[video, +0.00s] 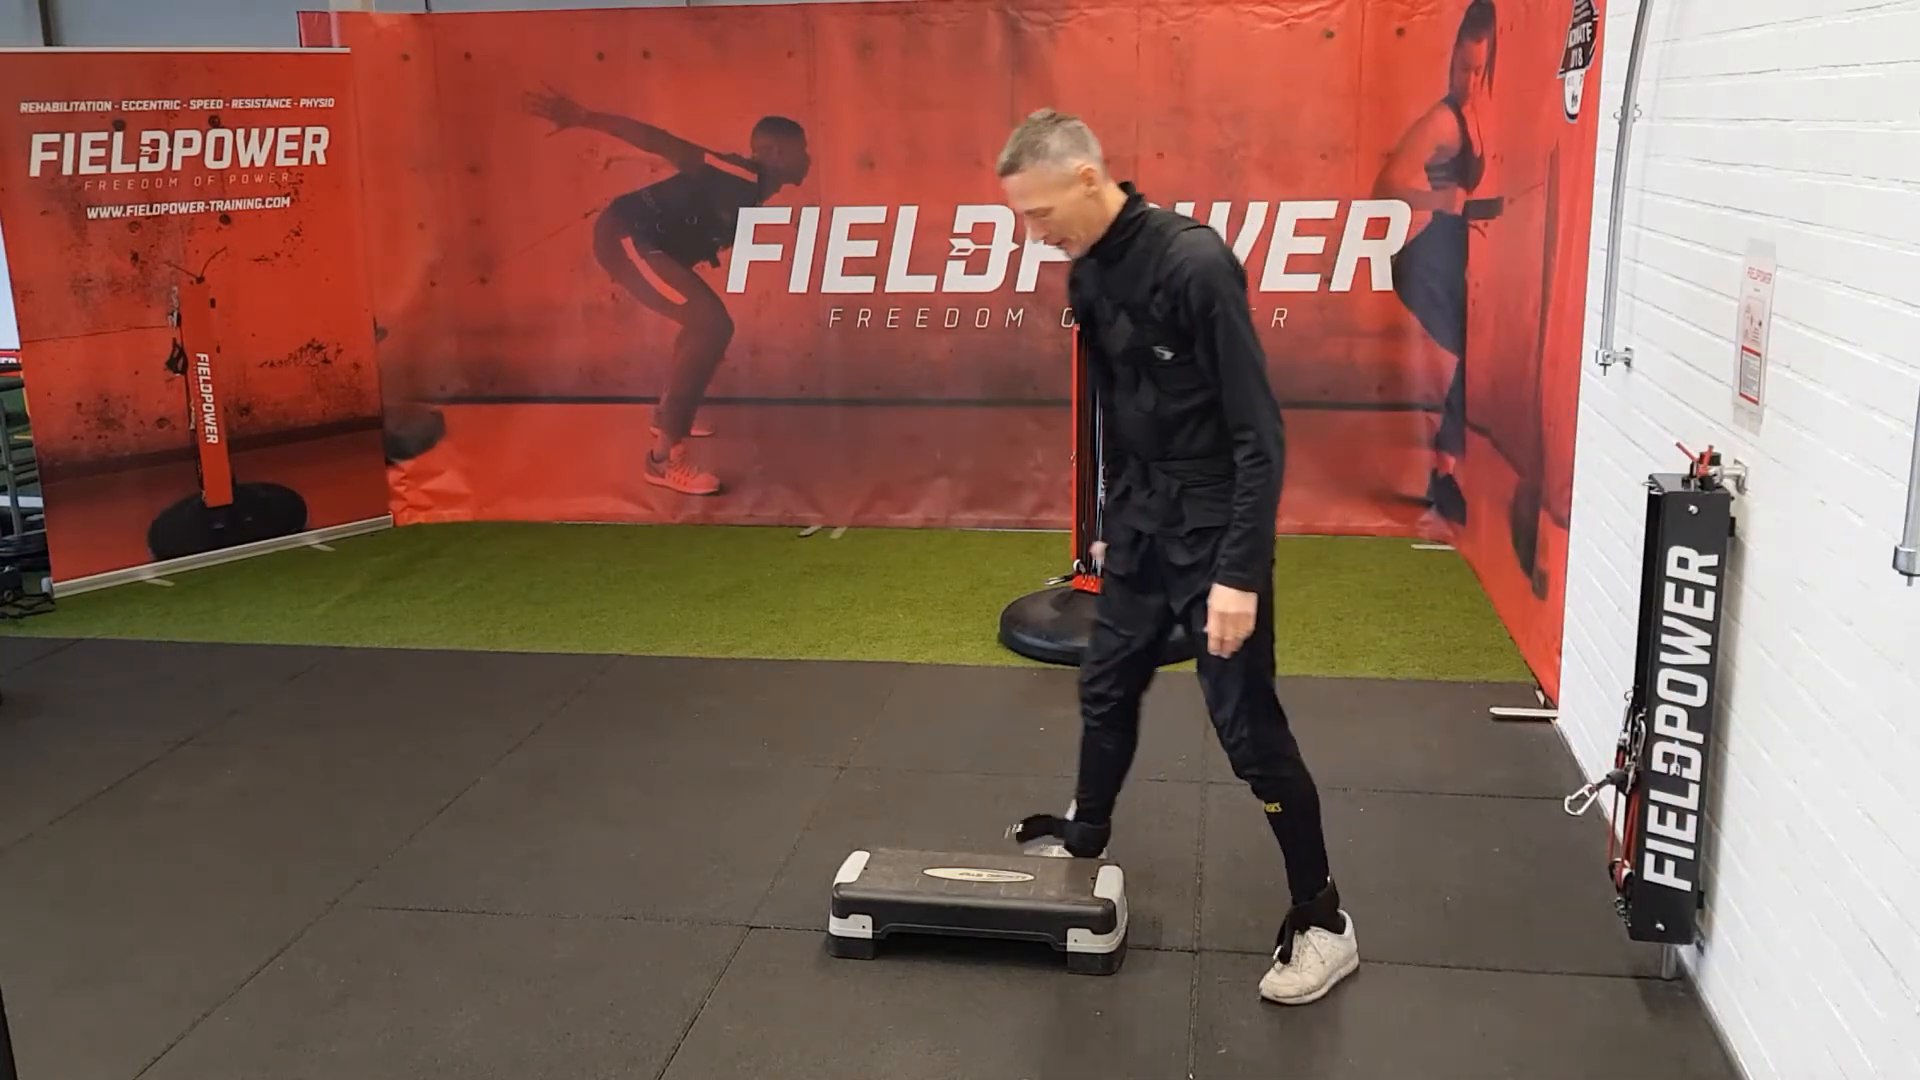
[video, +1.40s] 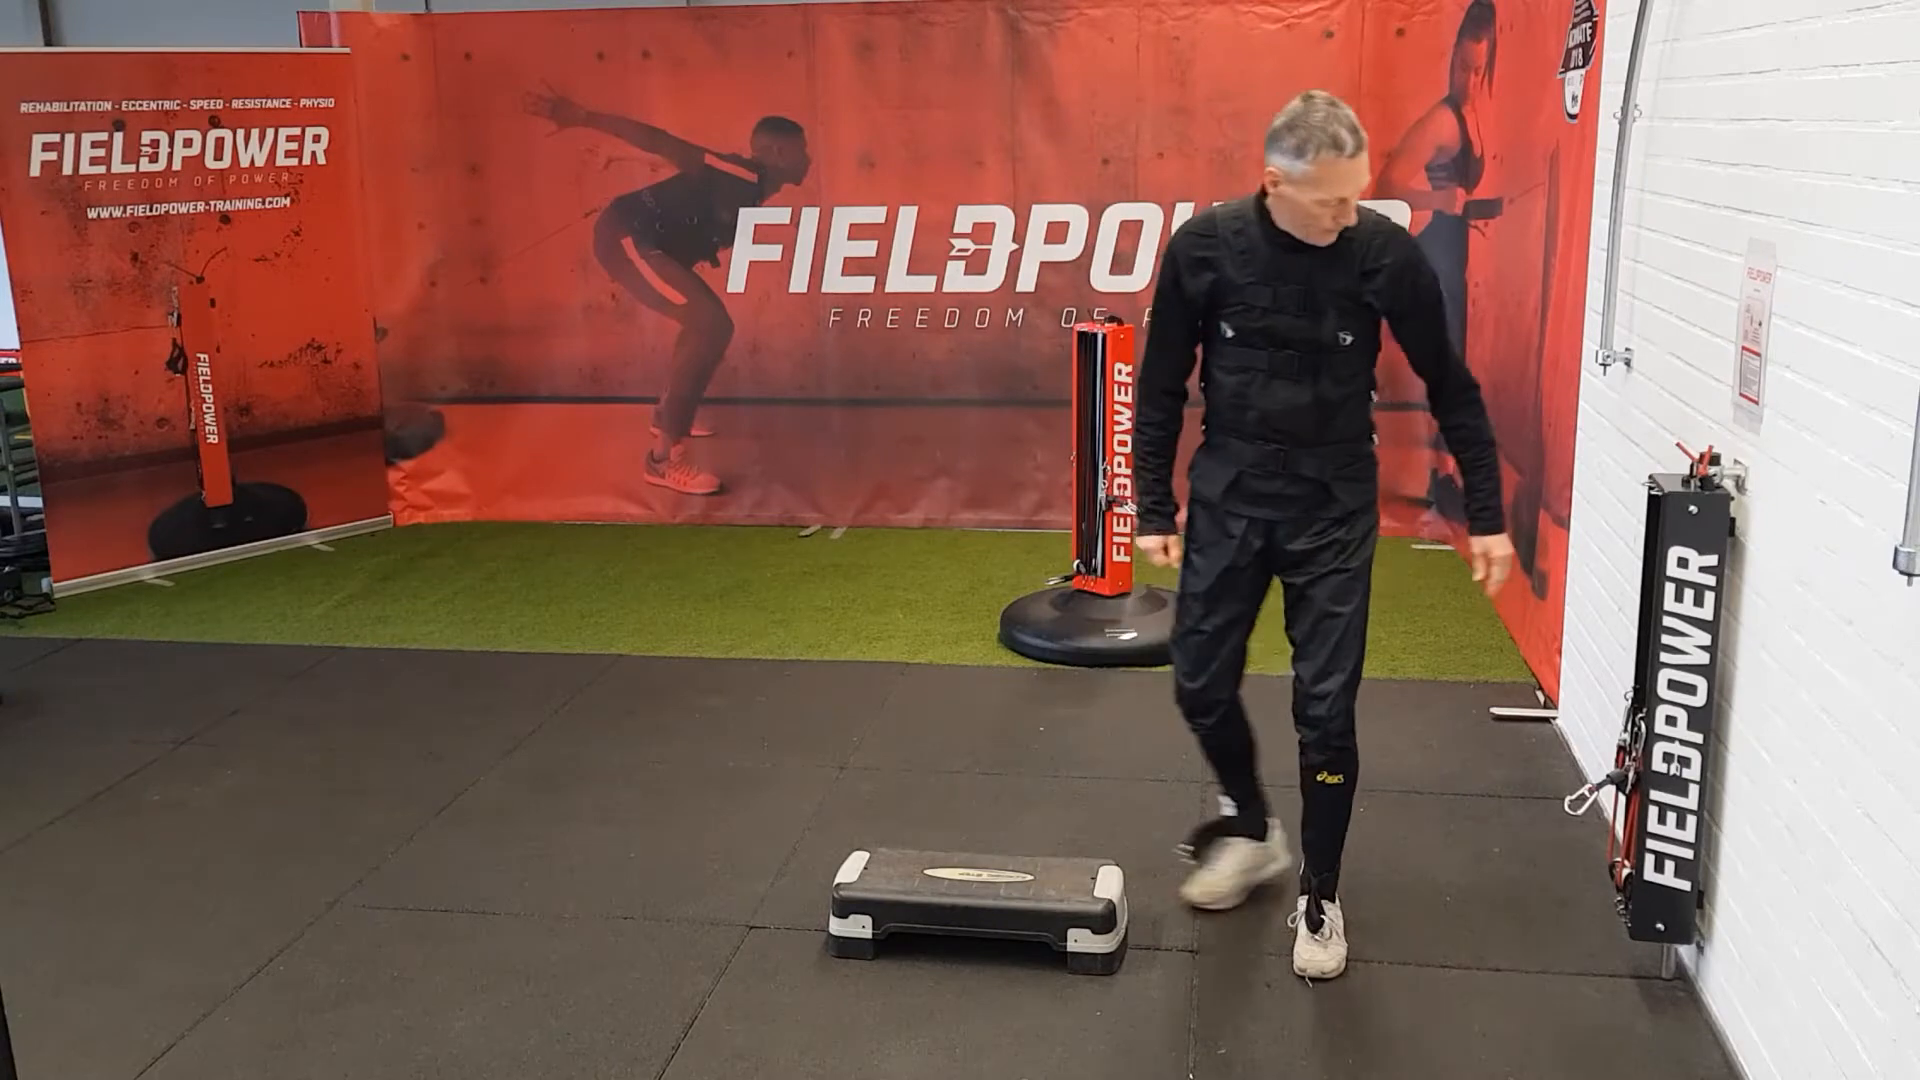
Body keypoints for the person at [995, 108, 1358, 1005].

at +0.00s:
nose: (1035, 232)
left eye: (1040, 212)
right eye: (1026, 218)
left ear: (1093, 180)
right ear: (1068, 194)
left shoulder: (1194, 263)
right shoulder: (1092, 278)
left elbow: (1259, 437)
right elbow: (1113, 423)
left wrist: (1240, 575)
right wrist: (1104, 536)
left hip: (1217, 532)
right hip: (1141, 528)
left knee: (1250, 726)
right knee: (1105, 690)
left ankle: (1319, 914)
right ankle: (1085, 836)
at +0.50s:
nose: (1016, 201)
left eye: (1024, 177)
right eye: (994, 187)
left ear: (1050, 152)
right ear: (972, 181)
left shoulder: (1132, 238)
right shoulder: (982, 261)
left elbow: (1188, 388)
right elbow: (985, 392)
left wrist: (1155, 517)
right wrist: (988, 505)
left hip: (1152, 485)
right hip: (1060, 488)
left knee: (1178, 688)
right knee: (1048, 675)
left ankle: (1215, 884)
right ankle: (1075, 846)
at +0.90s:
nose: (1127, 197)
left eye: (1138, 175)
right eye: (1106, 182)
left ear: (1156, 157)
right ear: (1070, 173)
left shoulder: (1212, 252)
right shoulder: (1043, 257)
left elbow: (1266, 396)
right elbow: (1020, 390)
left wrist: (1271, 523)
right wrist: (1011, 503)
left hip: (1196, 501)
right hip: (1096, 497)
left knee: (1244, 704)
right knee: (1062, 680)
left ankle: (1306, 888)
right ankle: (1076, 841)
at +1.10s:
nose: (1249, 207)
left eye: (1255, 189)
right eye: (1229, 195)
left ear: (1261, 172)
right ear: (1173, 183)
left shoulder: (1298, 263)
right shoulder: (1124, 257)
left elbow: (1350, 404)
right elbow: (1089, 388)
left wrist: (1364, 534)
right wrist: (1079, 511)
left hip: (1266, 508)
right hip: (1160, 503)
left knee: (1283, 708)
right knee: (1107, 680)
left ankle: (1315, 894)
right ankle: (1076, 833)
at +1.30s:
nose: (1320, 216)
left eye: (1329, 198)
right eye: (1302, 201)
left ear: (1337, 178)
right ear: (1249, 183)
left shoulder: (1365, 259)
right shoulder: (1186, 249)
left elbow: (1426, 391)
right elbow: (1146, 381)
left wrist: (1454, 524)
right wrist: (1134, 501)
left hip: (1319, 509)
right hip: (1211, 499)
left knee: (1316, 711)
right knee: (1160, 679)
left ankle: (1319, 899)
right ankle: (1179, 832)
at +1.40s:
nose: (1346, 215)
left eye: (1355, 197)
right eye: (1330, 201)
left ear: (1363, 178)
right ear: (1274, 180)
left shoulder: (1385, 258)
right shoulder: (1204, 248)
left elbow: (1449, 387)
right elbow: (1160, 385)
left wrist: (1486, 516)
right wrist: (1152, 507)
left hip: (1334, 505)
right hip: (1228, 499)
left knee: (1326, 709)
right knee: (1200, 685)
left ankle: (1321, 897)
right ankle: (1251, 827)